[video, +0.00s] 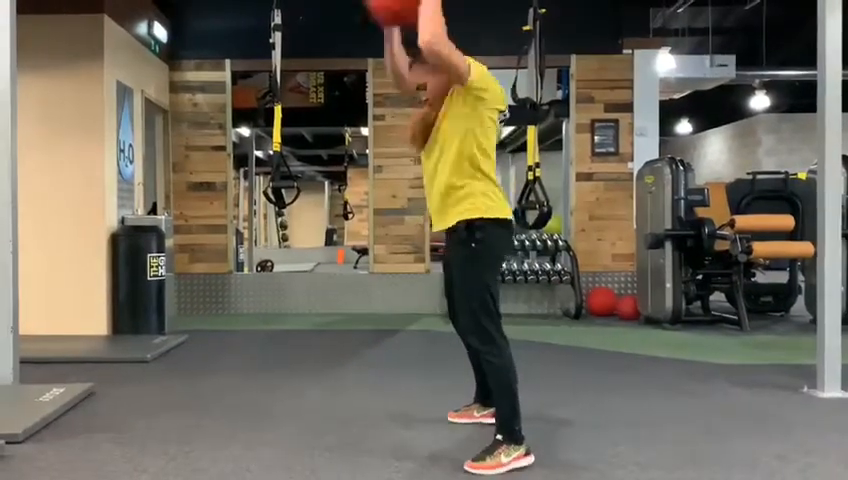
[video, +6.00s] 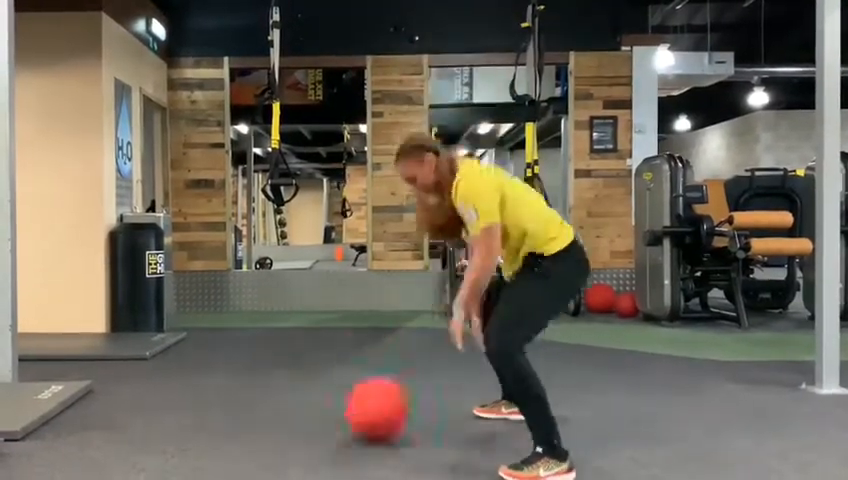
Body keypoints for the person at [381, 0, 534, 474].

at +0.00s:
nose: (426, 72)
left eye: (430, 62)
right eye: (425, 66)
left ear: (449, 57)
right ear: (428, 71)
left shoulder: (481, 85)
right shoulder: (443, 98)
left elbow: (432, 42)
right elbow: (401, 72)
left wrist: (427, 2)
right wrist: (391, 23)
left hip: (481, 221)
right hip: (459, 223)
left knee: (482, 325)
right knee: (464, 317)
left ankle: (513, 441)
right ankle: (487, 400)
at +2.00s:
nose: (422, 177)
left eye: (424, 167)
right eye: (419, 169)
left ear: (446, 158)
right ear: (444, 161)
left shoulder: (471, 194)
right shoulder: (460, 196)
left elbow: (494, 262)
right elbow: (466, 255)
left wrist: (444, 292)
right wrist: (437, 288)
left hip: (557, 264)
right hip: (534, 263)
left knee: (498, 337)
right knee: (474, 317)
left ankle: (536, 446)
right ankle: (502, 407)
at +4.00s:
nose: (385, 326)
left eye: (380, 320)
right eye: (378, 322)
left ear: (389, 301)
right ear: (392, 292)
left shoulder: (443, 304)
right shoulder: (432, 297)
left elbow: (456, 377)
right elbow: (448, 366)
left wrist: (451, 446)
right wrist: (440, 416)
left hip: (554, 343)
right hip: (550, 339)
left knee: (636, 405)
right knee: (628, 388)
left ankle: (756, 411)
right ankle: (712, 390)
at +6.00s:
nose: (414, 187)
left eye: (413, 178)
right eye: (409, 182)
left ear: (431, 160)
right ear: (428, 163)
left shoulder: (472, 181)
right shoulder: (459, 183)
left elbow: (487, 251)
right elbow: (480, 246)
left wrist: (461, 307)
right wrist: (473, 302)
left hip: (558, 260)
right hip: (531, 260)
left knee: (502, 342)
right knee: (488, 317)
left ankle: (552, 453)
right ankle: (514, 399)